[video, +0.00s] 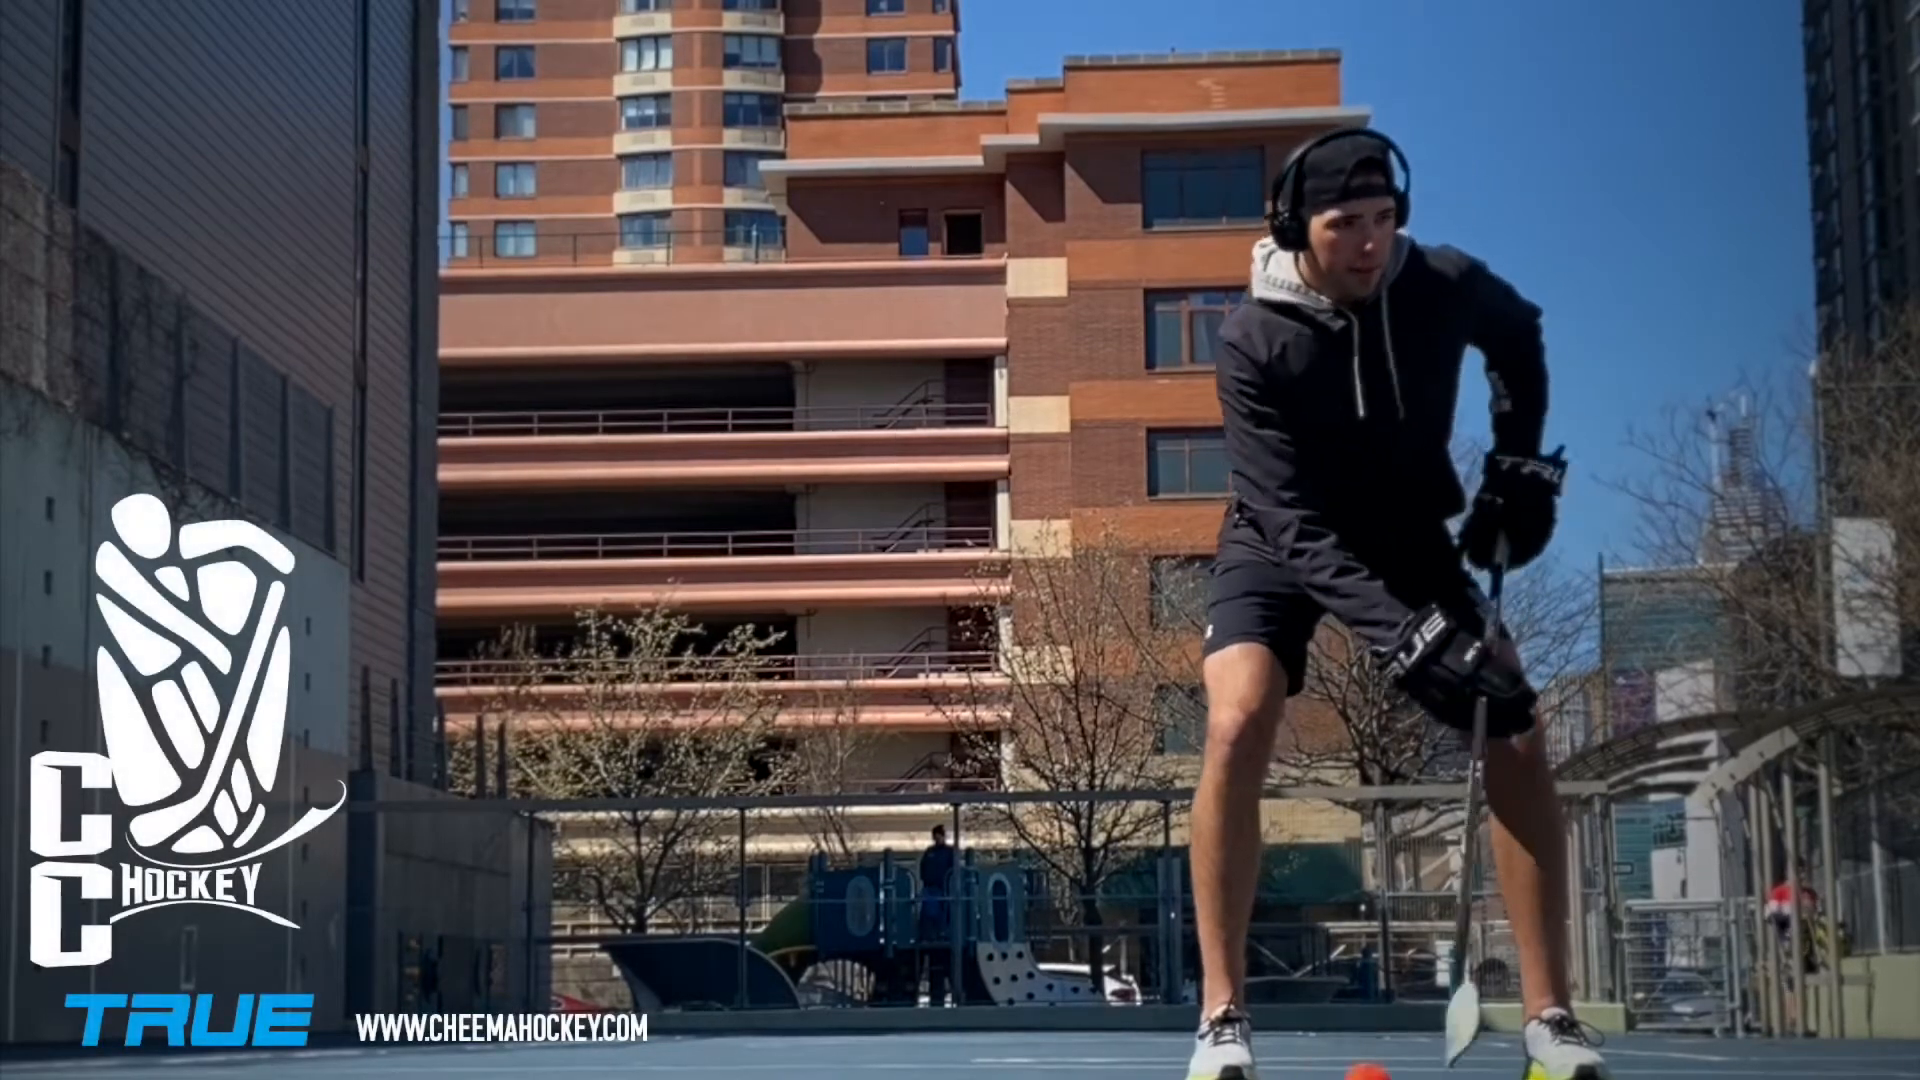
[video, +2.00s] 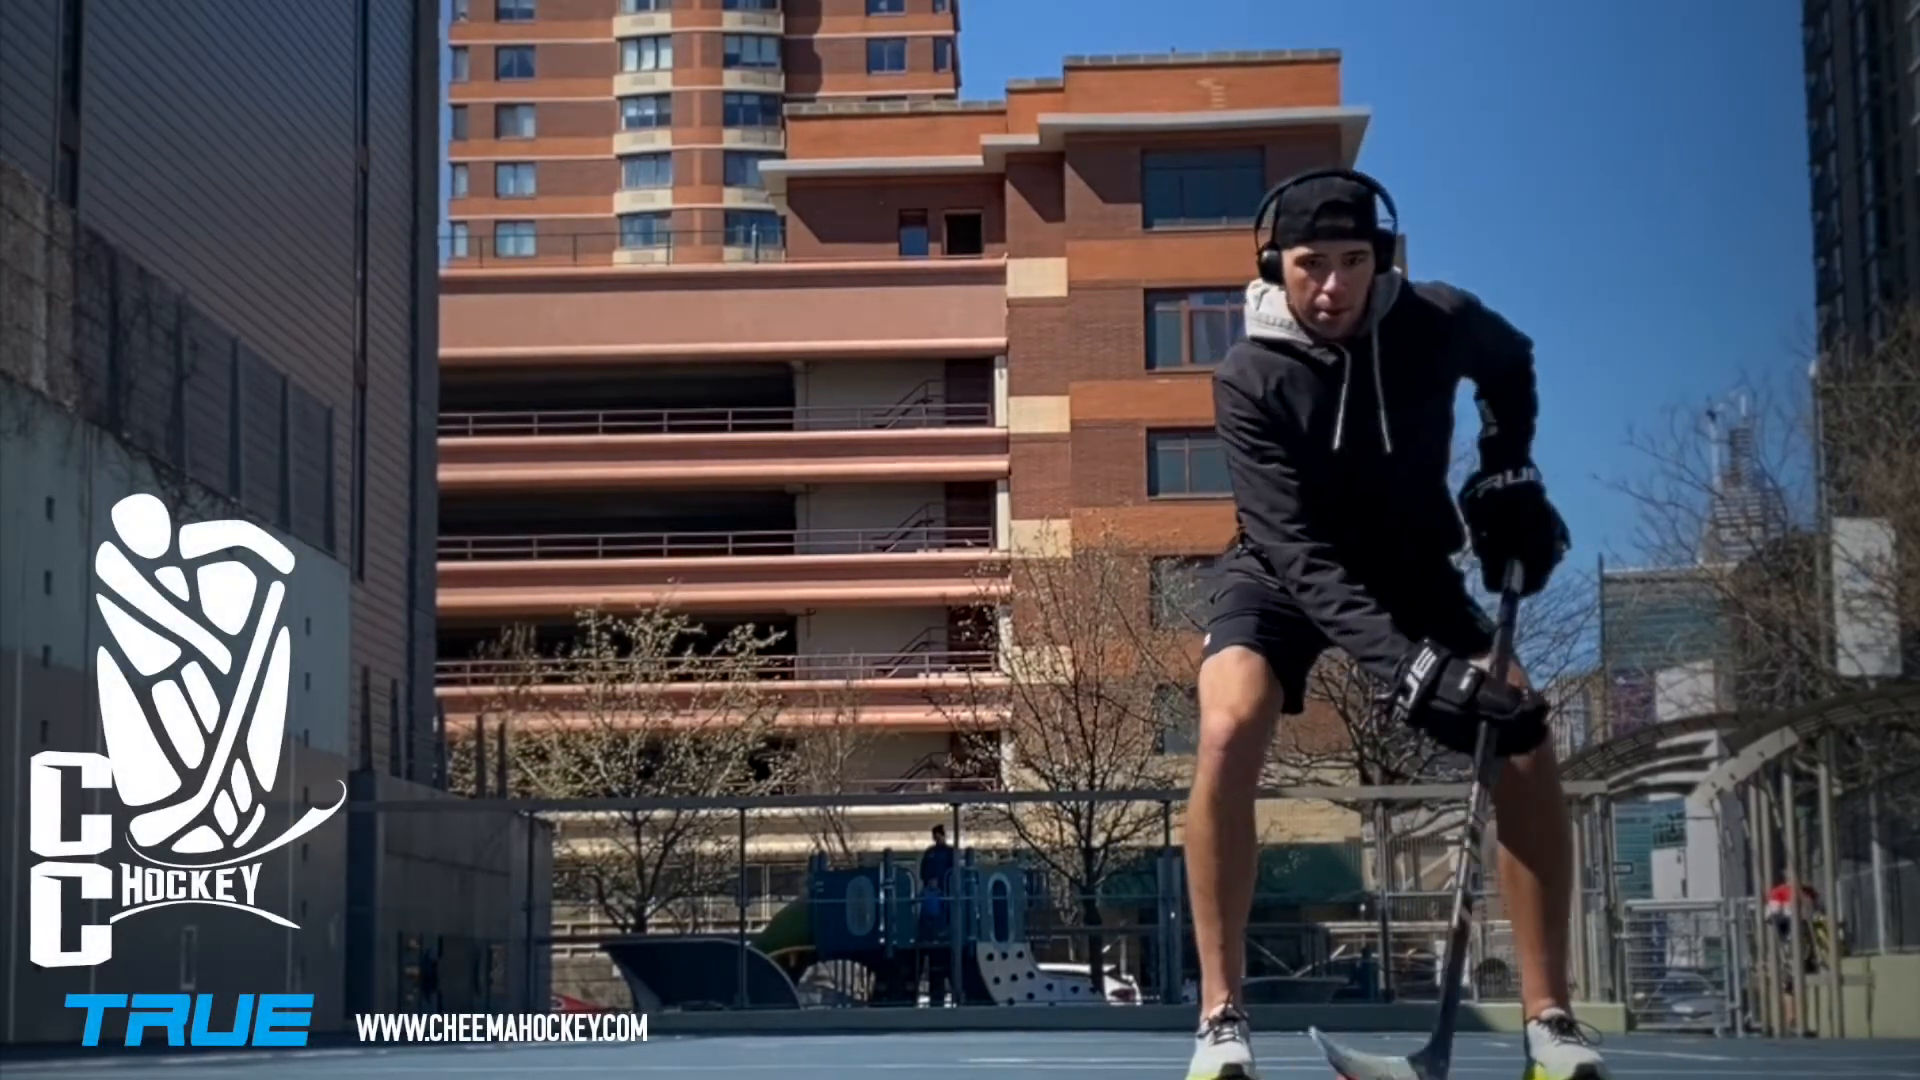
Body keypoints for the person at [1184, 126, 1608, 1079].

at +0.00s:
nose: (1371, 243)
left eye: (1384, 221)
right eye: (1347, 225)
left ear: (1401, 217)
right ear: (1297, 227)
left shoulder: (1440, 283)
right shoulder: (1257, 338)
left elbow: (1518, 334)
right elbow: (1292, 524)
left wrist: (1519, 465)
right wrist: (1414, 636)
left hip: (1411, 533)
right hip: (1280, 538)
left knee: (1515, 731)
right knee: (1238, 724)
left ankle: (1550, 1014)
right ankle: (1222, 1014)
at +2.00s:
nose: (1330, 286)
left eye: (1349, 264)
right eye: (1310, 266)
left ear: (1379, 262)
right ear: (1278, 265)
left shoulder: (1432, 319)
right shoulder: (1253, 376)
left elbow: (1509, 362)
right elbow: (1294, 553)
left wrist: (1506, 474)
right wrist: (1411, 670)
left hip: (1412, 564)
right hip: (1284, 570)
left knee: (1523, 742)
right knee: (1230, 726)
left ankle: (1549, 1016)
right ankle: (1219, 1015)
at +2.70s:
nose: (1347, 267)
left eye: (1368, 246)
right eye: (1327, 246)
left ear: (1401, 253)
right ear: (1297, 254)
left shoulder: (1455, 326)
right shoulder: (1268, 364)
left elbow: (1543, 385)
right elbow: (1273, 545)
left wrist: (1571, 499)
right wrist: (1361, 662)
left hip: (1418, 570)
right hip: (1288, 570)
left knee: (1531, 741)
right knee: (1236, 729)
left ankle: (1551, 1020)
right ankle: (1220, 1018)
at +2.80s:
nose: (1323, 277)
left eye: (1343, 256)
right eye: (1303, 258)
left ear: (1378, 261)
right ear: (1277, 269)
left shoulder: (1439, 330)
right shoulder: (1252, 380)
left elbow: (1526, 367)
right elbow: (1287, 562)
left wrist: (1543, 494)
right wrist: (1412, 659)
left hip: (1417, 568)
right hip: (1285, 573)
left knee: (1521, 727)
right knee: (1229, 728)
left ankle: (1550, 1016)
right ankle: (1219, 1015)